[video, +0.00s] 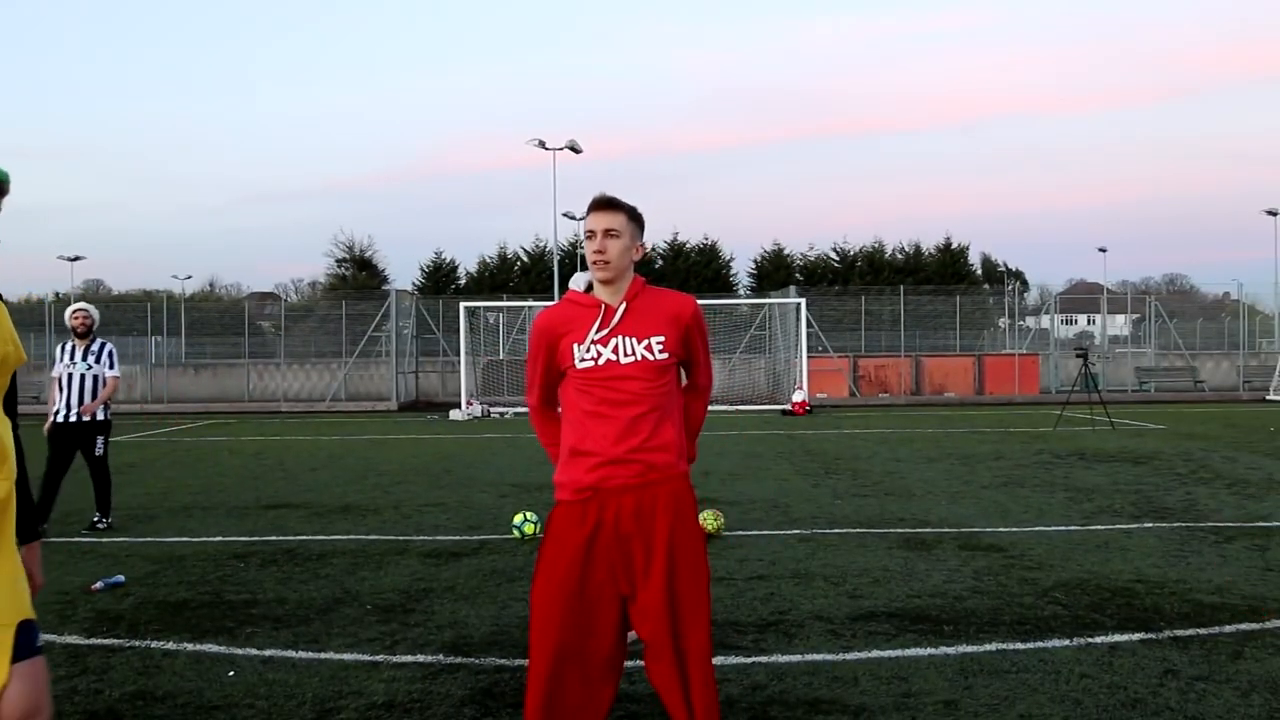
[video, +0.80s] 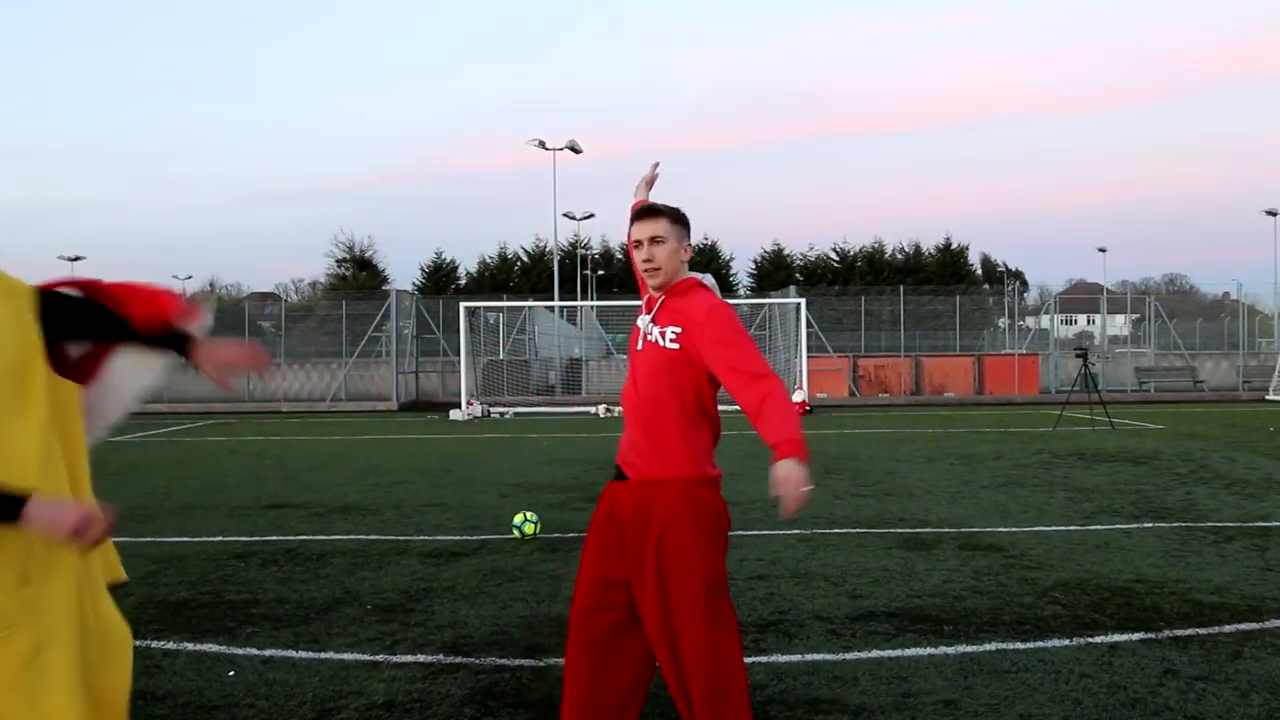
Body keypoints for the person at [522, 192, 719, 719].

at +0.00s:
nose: (597, 246)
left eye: (611, 236)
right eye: (591, 237)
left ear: (638, 249)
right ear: (582, 248)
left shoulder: (680, 311)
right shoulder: (553, 321)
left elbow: (699, 386)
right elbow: (540, 404)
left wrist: (677, 454)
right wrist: (571, 463)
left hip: (662, 500)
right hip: (581, 506)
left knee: (679, 645)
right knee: (559, 648)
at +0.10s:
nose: (601, 243)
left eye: (615, 233)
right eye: (593, 233)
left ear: (640, 246)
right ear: (586, 244)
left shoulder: (677, 311)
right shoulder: (552, 319)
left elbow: (709, 376)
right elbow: (497, 393)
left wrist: (687, 451)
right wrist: (531, 476)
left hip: (660, 496)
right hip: (575, 504)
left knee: (685, 645)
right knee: (561, 653)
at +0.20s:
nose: (613, 241)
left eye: (627, 231)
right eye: (606, 231)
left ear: (651, 246)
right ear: (596, 241)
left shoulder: (681, 312)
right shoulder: (555, 303)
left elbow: (736, 371)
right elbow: (476, 351)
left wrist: (737, 449)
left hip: (653, 493)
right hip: (573, 497)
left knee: (684, 639)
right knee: (555, 643)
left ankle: (707, 715)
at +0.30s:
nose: (628, 251)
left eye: (641, 240)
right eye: (619, 240)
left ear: (665, 249)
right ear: (610, 247)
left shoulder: (688, 320)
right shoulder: (567, 293)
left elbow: (760, 394)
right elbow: (481, 277)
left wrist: (833, 471)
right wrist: (413, 242)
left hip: (640, 501)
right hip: (565, 500)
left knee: (676, 648)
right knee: (547, 656)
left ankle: (720, 716)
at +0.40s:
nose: (632, 250)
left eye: (644, 240)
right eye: (623, 241)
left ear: (669, 249)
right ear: (613, 248)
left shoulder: (693, 327)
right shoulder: (584, 283)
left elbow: (760, 400)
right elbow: (533, 225)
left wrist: (849, 447)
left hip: (640, 496)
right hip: (571, 494)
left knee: (673, 646)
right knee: (550, 650)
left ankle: (716, 717)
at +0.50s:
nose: (634, 254)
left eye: (647, 242)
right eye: (625, 244)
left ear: (671, 251)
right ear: (616, 253)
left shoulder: (692, 320)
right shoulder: (615, 294)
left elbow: (762, 384)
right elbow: (603, 228)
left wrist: (844, 425)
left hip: (649, 499)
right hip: (583, 497)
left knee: (686, 650)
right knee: (555, 652)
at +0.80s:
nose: (647, 254)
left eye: (659, 242)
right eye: (639, 246)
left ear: (685, 248)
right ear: (634, 255)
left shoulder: (704, 309)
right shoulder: (653, 305)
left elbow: (755, 377)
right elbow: (643, 263)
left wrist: (788, 450)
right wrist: (639, 214)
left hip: (681, 502)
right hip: (626, 497)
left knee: (700, 647)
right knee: (596, 640)